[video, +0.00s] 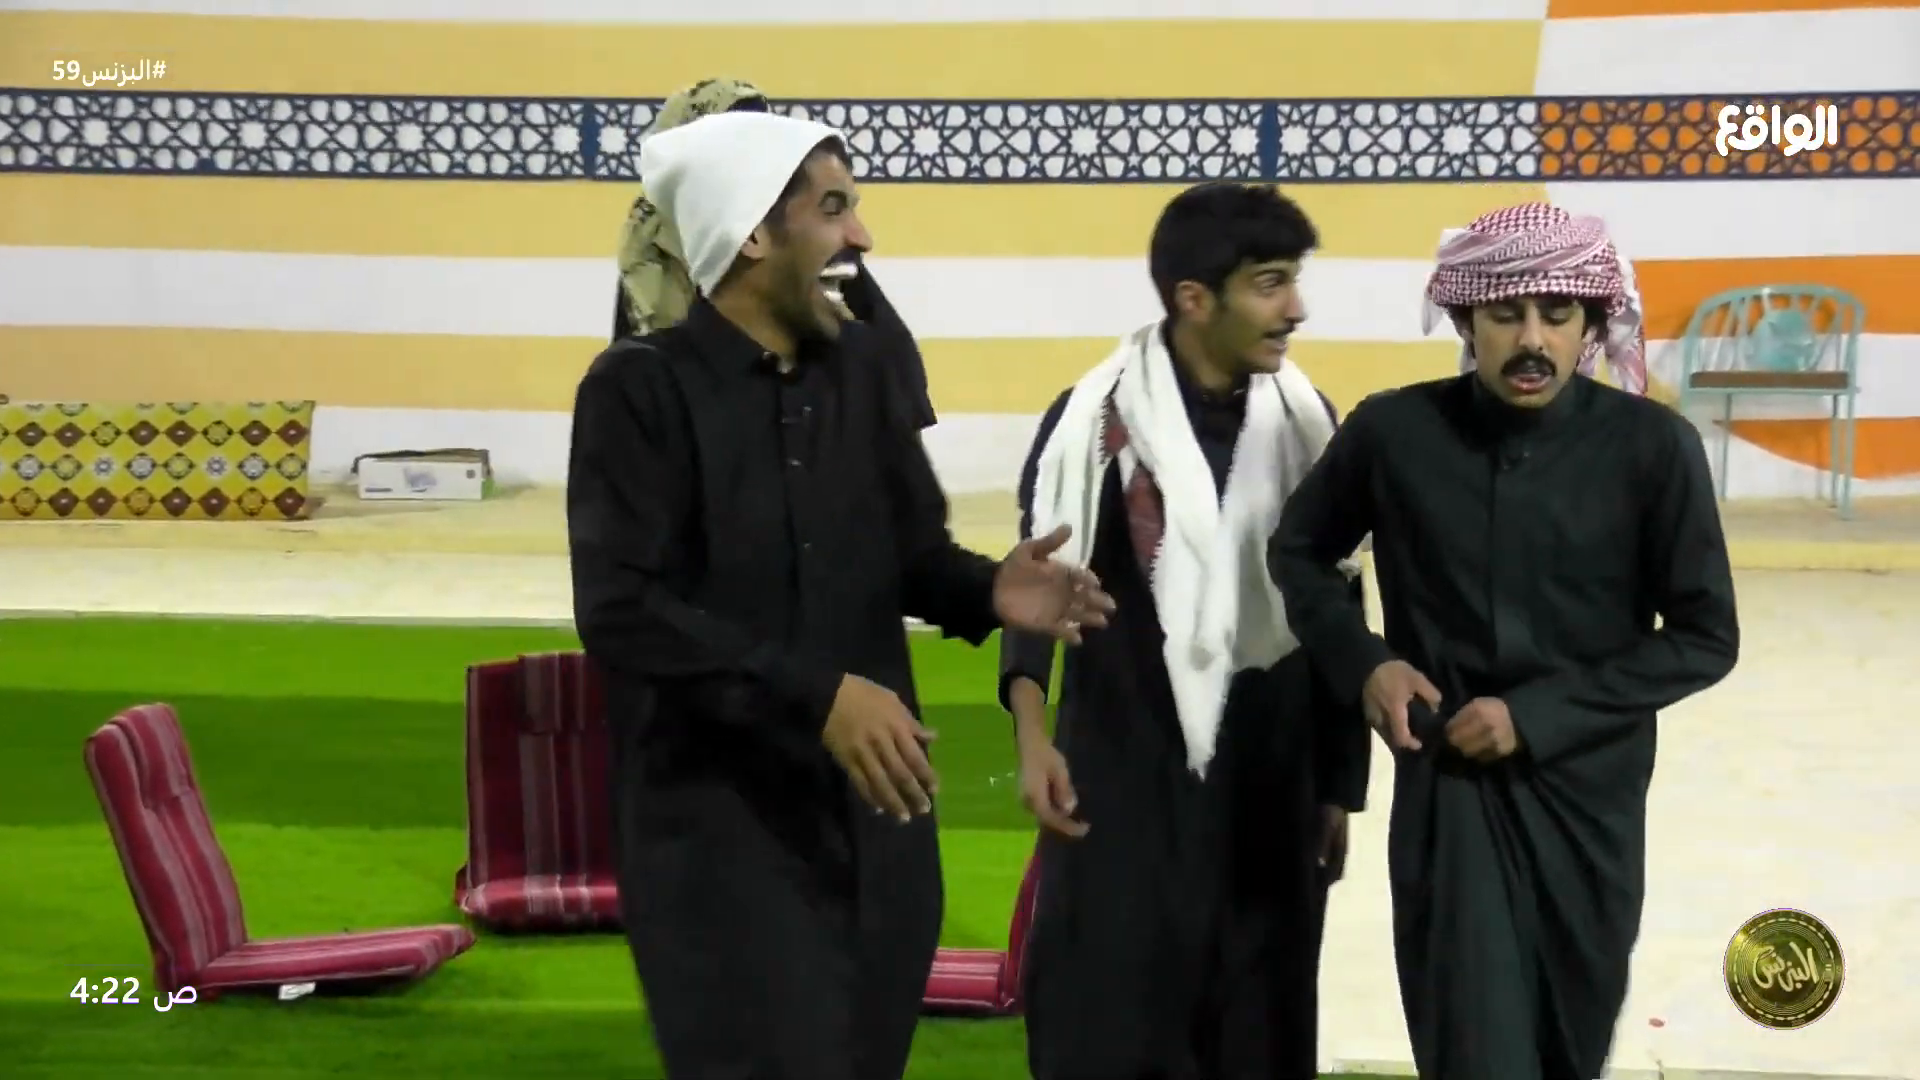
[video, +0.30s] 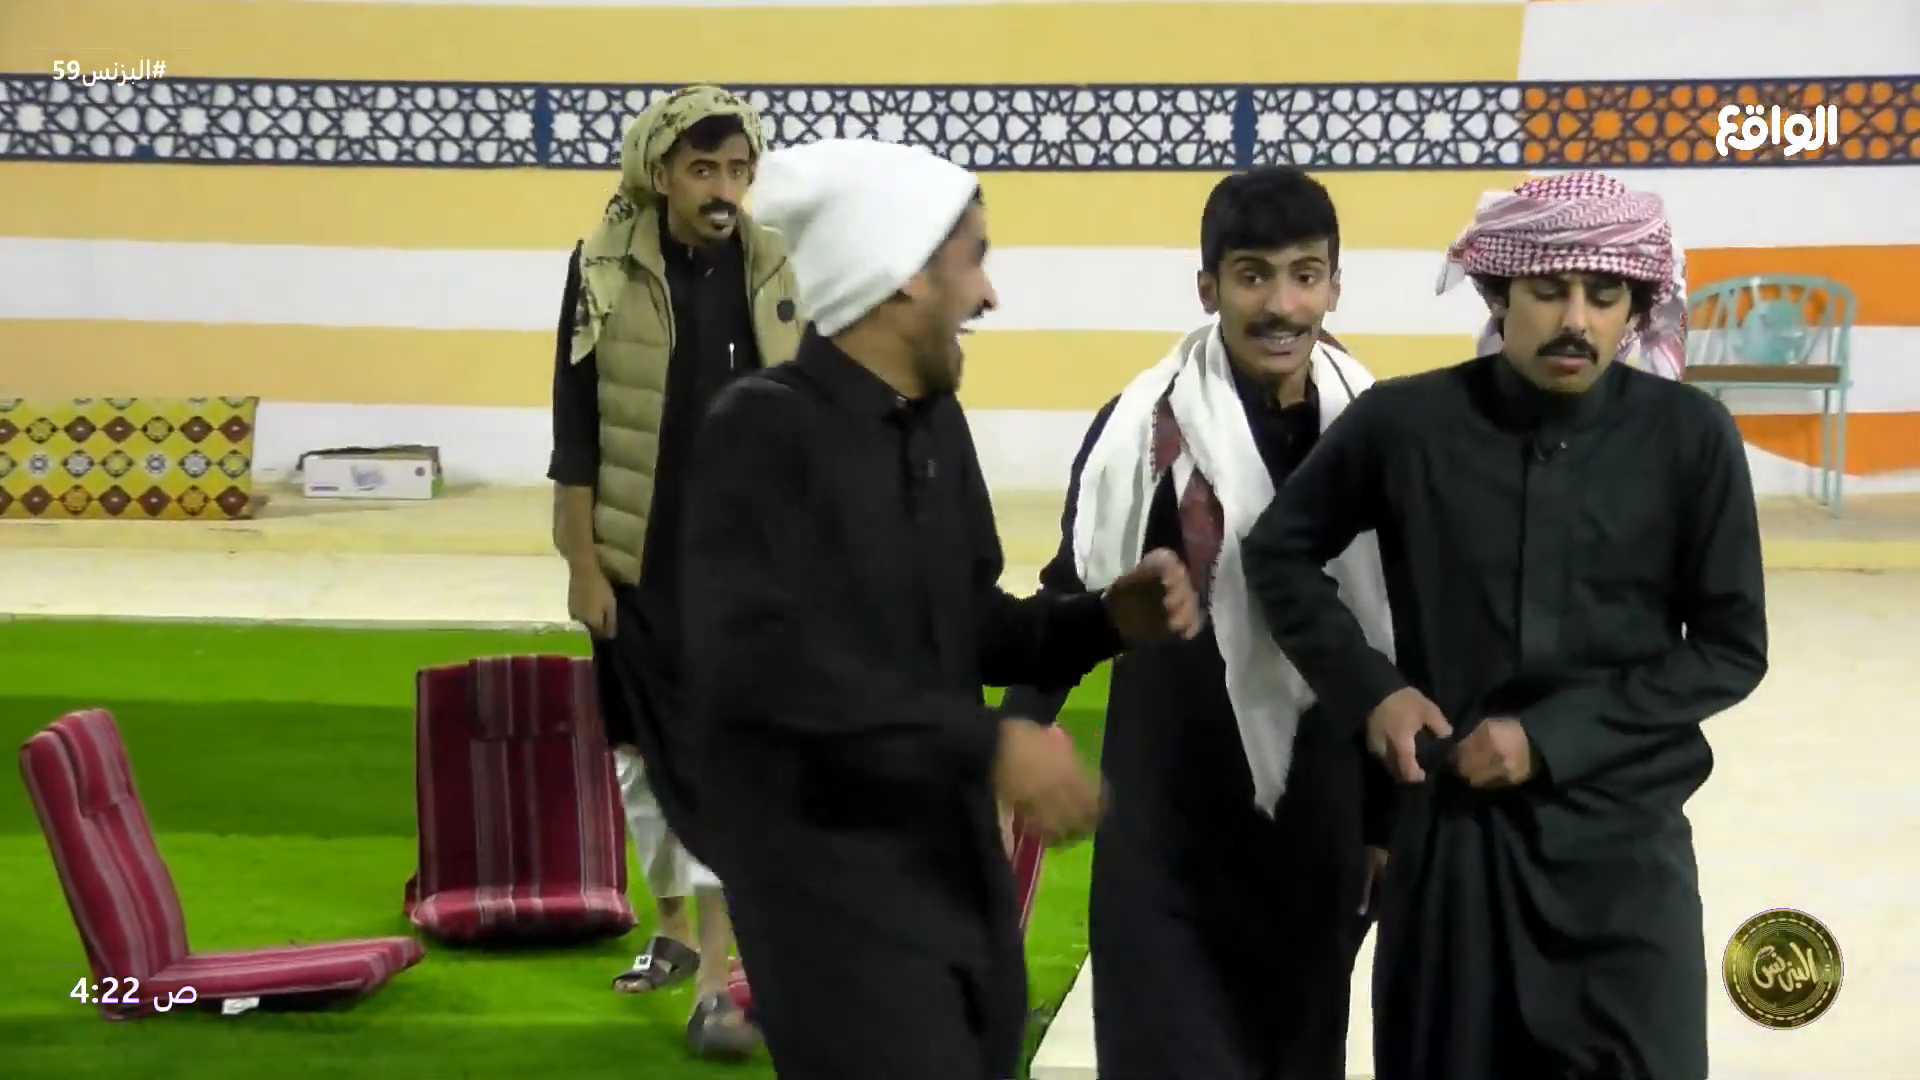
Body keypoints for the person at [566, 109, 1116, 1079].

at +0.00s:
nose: (859, 234)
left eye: (851, 204)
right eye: (830, 207)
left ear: (765, 238)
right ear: (751, 236)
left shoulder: (862, 362)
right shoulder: (636, 389)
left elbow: (911, 554)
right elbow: (619, 616)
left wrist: (991, 588)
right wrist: (821, 694)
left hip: (871, 825)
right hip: (714, 837)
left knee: (863, 1055)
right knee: (756, 1057)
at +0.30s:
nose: (989, 290)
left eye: (984, 260)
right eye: (974, 260)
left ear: (913, 275)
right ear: (906, 276)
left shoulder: (932, 418)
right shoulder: (759, 426)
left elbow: (970, 634)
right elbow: (750, 675)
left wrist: (1107, 621)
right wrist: (986, 743)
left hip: (953, 881)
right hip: (828, 898)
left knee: (977, 1055)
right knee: (891, 1058)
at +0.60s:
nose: (1057, 278)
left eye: (1058, 247)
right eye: (1053, 247)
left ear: (958, 248)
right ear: (1001, 253)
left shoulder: (843, 390)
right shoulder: (942, 388)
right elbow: (1128, 608)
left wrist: (1057, 508)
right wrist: (1199, 546)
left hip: (902, 902)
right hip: (997, 911)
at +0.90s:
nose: (1127, 286)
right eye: (1126, 264)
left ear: (981, 269)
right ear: (1099, 273)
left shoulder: (908, 394)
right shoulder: (1108, 404)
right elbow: (1217, 610)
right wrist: (1268, 461)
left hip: (925, 823)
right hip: (1069, 829)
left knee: (933, 1045)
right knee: (1060, 1047)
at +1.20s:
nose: (1043, 289)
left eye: (1034, 265)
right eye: (1038, 271)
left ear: (919, 292)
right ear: (1028, 288)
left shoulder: (859, 421)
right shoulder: (1058, 417)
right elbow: (1214, 529)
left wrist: (1231, 443)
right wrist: (1215, 437)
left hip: (923, 853)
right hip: (1079, 846)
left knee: (953, 1056)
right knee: (1109, 1052)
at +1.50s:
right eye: (963, 237)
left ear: (847, 283)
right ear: (962, 260)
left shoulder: (808, 415)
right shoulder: (1056, 372)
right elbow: (1237, 491)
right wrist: (1167, 528)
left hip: (908, 825)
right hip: (1082, 801)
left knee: (942, 1046)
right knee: (1171, 1037)